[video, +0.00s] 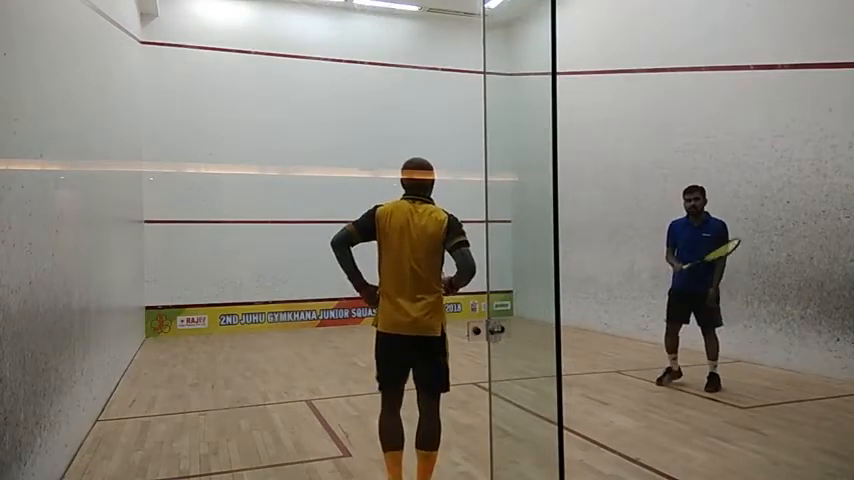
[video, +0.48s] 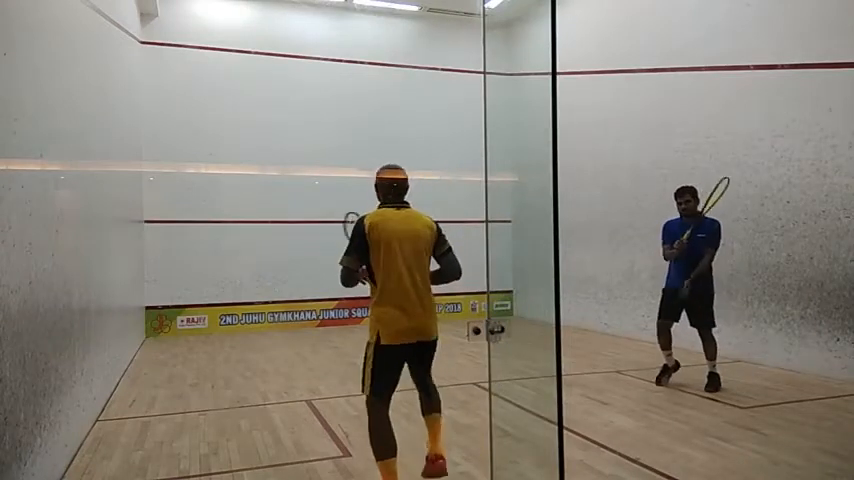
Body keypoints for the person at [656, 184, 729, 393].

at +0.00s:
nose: (692, 204)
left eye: (696, 200)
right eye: (688, 200)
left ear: (705, 201)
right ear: (683, 203)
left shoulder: (718, 227)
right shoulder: (676, 227)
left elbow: (721, 260)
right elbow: (669, 255)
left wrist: (714, 288)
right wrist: (677, 266)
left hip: (705, 289)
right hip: (680, 289)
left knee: (709, 332)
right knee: (671, 328)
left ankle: (713, 374)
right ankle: (673, 368)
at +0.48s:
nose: (684, 206)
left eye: (688, 202)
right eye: (680, 203)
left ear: (697, 203)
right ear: (676, 206)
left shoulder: (711, 226)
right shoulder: (670, 226)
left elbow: (708, 259)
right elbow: (666, 255)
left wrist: (690, 279)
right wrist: (676, 250)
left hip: (700, 286)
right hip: (674, 284)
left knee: (704, 331)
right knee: (662, 326)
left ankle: (712, 373)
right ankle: (670, 363)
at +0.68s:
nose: (666, 209)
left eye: (670, 205)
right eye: (663, 206)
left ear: (681, 203)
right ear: (662, 207)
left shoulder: (699, 225)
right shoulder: (659, 229)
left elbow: (697, 257)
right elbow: (664, 256)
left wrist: (670, 264)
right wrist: (679, 244)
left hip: (692, 286)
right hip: (667, 284)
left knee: (701, 330)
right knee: (650, 324)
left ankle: (712, 373)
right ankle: (657, 368)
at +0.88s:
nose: (637, 214)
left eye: (640, 210)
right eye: (635, 210)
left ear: (653, 209)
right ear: (635, 212)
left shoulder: (672, 227)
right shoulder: (636, 235)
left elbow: (673, 261)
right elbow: (637, 262)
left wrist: (649, 282)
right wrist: (665, 263)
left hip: (679, 289)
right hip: (654, 290)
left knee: (692, 332)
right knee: (643, 331)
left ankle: (710, 372)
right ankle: (638, 379)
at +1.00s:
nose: (617, 213)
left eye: (621, 209)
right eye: (618, 209)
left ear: (632, 210)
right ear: (630, 211)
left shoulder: (650, 230)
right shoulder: (626, 237)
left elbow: (661, 260)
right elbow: (612, 264)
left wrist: (664, 288)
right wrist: (589, 284)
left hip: (664, 286)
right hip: (644, 289)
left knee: (674, 334)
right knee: (635, 330)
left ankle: (705, 366)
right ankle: (636, 378)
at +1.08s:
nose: (611, 212)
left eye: (614, 208)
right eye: (612, 208)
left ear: (624, 210)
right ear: (622, 210)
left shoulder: (641, 229)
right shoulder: (622, 235)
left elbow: (655, 257)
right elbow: (607, 257)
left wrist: (668, 284)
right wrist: (589, 272)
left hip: (656, 291)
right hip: (638, 292)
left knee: (661, 335)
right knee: (632, 330)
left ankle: (700, 364)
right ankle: (636, 378)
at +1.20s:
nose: (601, 208)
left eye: (604, 204)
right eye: (602, 204)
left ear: (613, 206)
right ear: (617, 206)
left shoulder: (624, 227)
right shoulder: (618, 226)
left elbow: (639, 254)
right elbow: (635, 256)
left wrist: (656, 274)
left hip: (638, 290)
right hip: (629, 289)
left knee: (633, 332)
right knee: (626, 331)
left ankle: (676, 366)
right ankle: (635, 378)